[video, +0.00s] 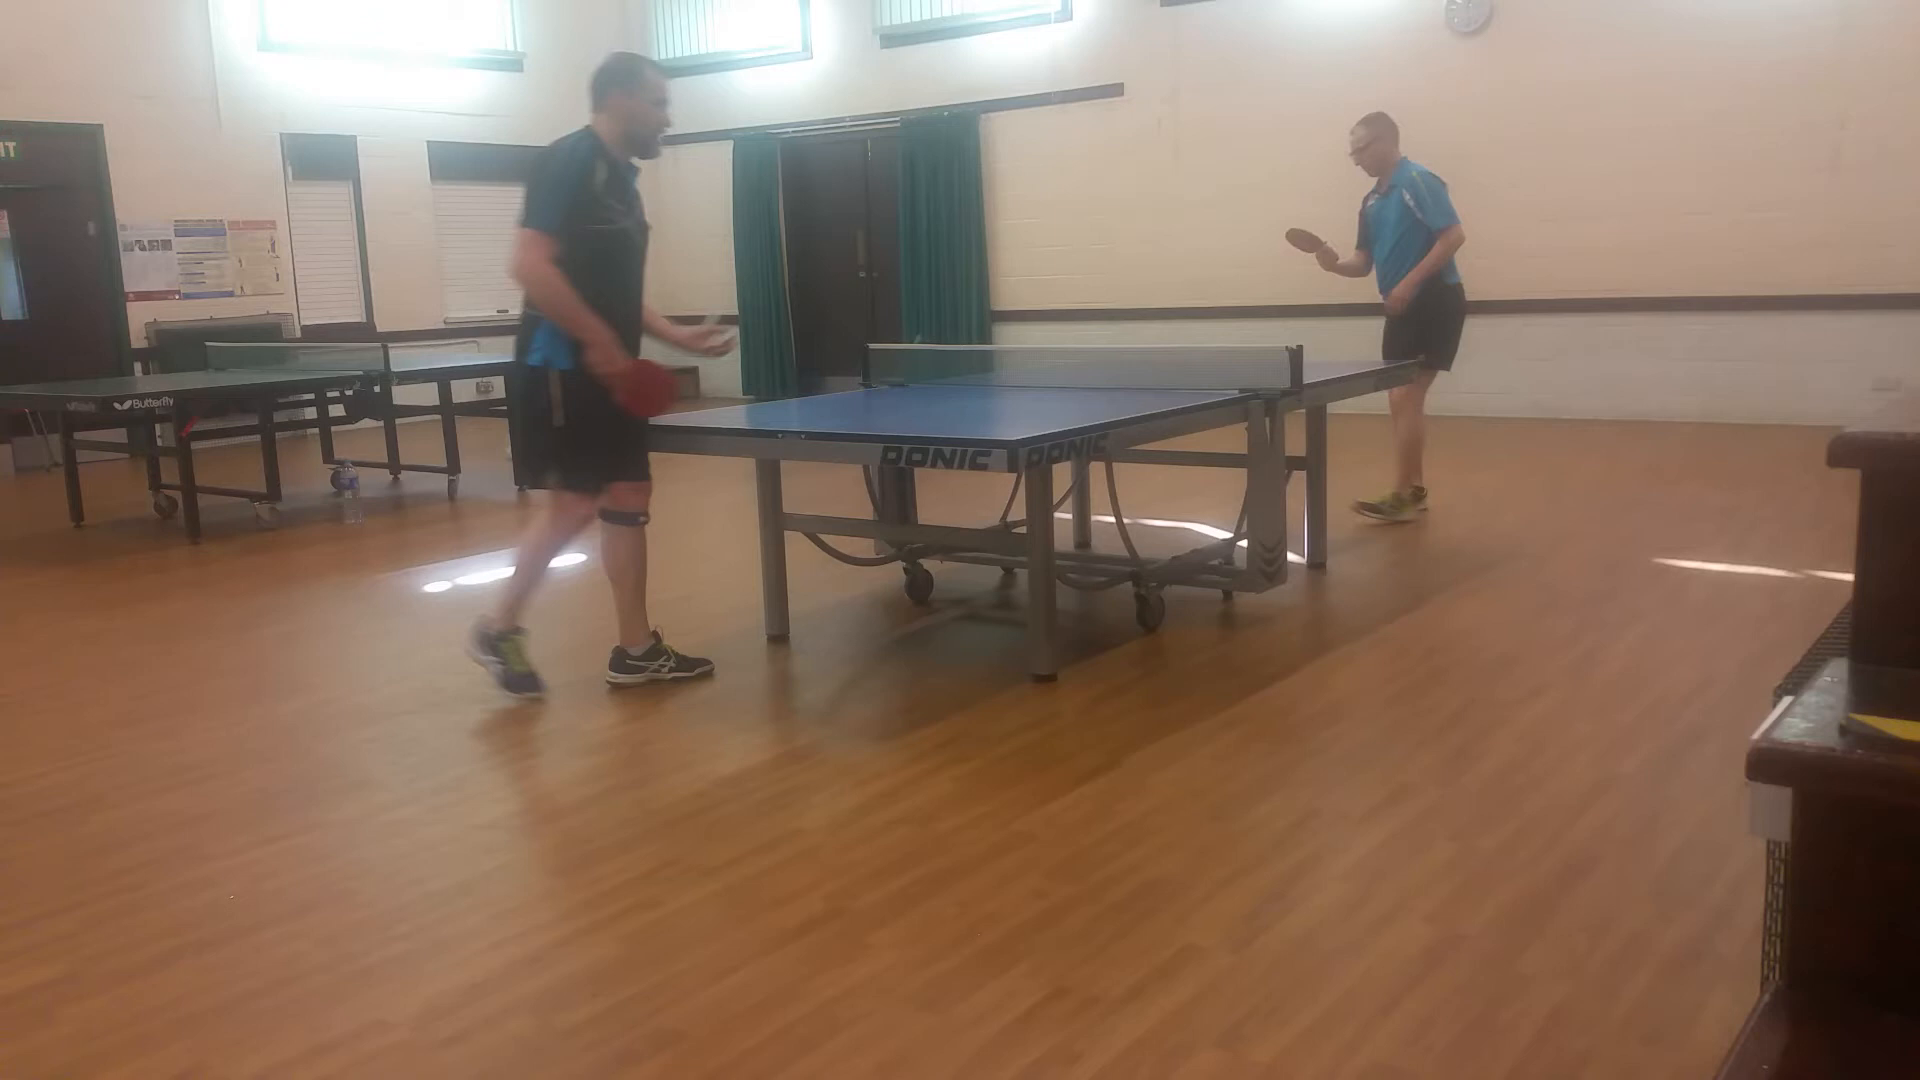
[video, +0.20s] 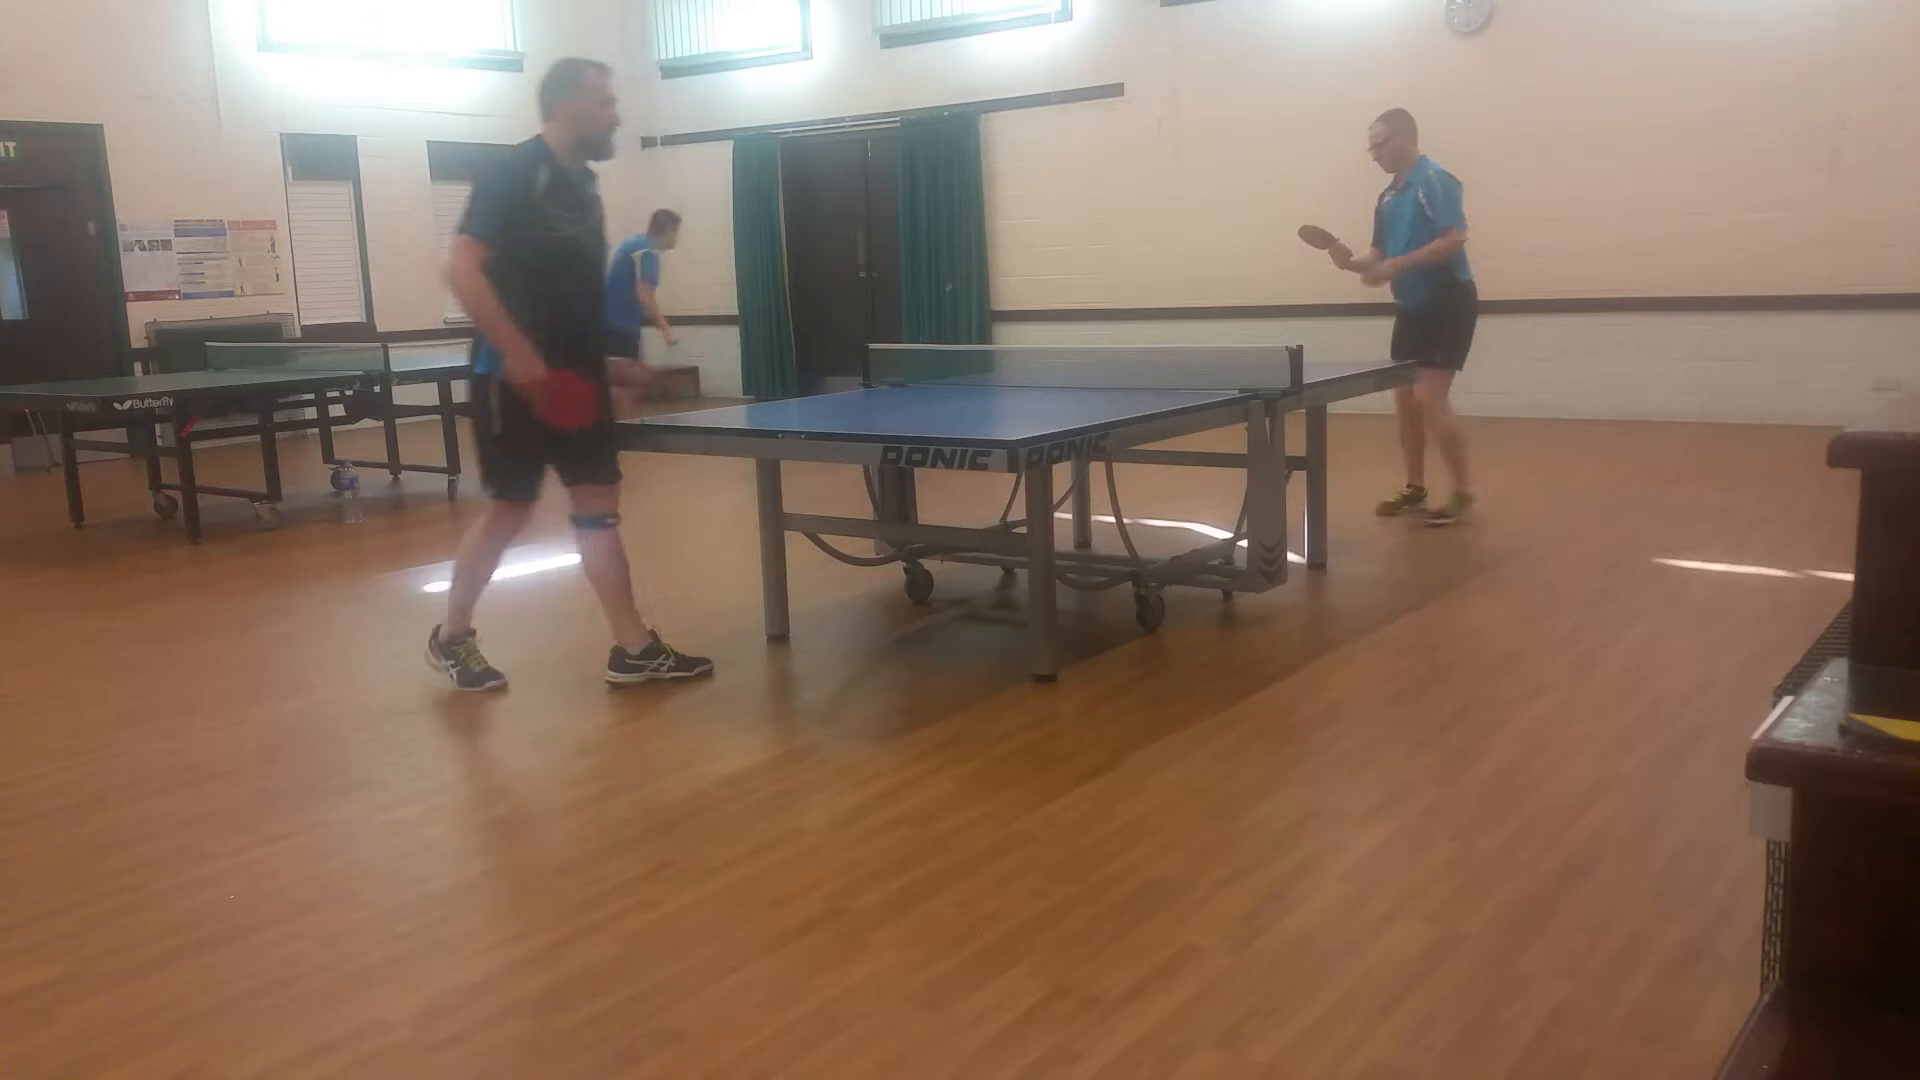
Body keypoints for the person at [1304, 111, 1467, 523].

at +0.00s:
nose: (1356, 158)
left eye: (1361, 148)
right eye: (1353, 151)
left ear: (1387, 142)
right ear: (1361, 152)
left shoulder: (1418, 179)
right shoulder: (1371, 201)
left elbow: (1453, 235)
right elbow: (1362, 263)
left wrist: (1409, 283)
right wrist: (1335, 263)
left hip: (1434, 298)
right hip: (1403, 303)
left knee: (1407, 397)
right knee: (1402, 399)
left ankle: (1404, 495)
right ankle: (1411, 490)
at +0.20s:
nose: (1374, 153)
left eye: (1380, 143)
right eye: (1371, 146)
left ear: (1405, 138)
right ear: (1381, 147)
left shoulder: (1436, 180)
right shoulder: (1386, 198)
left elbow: (1453, 240)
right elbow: (1380, 264)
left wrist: (1394, 266)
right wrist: (1349, 259)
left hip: (1448, 301)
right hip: (1412, 305)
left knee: (1432, 396)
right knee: (1406, 396)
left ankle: (1462, 494)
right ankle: (1414, 489)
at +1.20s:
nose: (1454, 144)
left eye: (1461, 135)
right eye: (1452, 136)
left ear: (1488, 133)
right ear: (1465, 137)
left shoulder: (1521, 178)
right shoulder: (1461, 196)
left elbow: (1511, 243)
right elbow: (1454, 261)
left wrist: (1444, 236)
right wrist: (1430, 260)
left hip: (1534, 301)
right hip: (1492, 304)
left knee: (1530, 399)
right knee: (1483, 397)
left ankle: (1542, 501)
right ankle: (1485, 489)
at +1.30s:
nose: (1449, 142)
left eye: (1457, 135)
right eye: (1449, 135)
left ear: (1483, 137)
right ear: (1458, 138)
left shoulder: (1514, 180)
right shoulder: (1456, 199)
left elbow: (1516, 243)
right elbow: (1454, 264)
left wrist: (1434, 242)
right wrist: (1431, 267)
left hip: (1535, 299)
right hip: (1492, 304)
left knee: (1530, 399)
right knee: (1484, 400)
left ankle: (1543, 500)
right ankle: (1485, 489)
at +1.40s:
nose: (1446, 142)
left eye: (1455, 135)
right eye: (1446, 136)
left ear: (1481, 139)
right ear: (1452, 141)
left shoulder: (1511, 181)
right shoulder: (1453, 201)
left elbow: (1519, 245)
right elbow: (1457, 266)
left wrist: (1446, 248)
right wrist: (1430, 272)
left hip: (1534, 299)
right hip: (1492, 304)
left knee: (1529, 397)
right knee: (1484, 400)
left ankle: (1551, 499)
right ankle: (1486, 489)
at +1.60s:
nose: (1444, 145)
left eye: (1452, 138)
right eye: (1444, 138)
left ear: (1477, 139)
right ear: (1458, 141)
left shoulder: (1512, 182)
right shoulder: (1453, 202)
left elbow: (1538, 242)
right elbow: (1455, 262)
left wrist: (1475, 271)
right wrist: (1436, 270)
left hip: (1538, 298)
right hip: (1495, 305)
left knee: (1540, 399)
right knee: (1486, 398)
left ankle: (1564, 498)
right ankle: (1486, 489)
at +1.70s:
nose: (1450, 149)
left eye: (1458, 142)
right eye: (1448, 142)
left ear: (1484, 143)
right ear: (1450, 145)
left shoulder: (1516, 185)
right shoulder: (1458, 204)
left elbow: (1546, 244)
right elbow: (1458, 264)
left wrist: (1488, 279)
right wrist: (1438, 274)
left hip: (1543, 301)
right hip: (1500, 306)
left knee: (1544, 399)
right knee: (1486, 399)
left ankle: (1563, 501)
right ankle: (1485, 490)